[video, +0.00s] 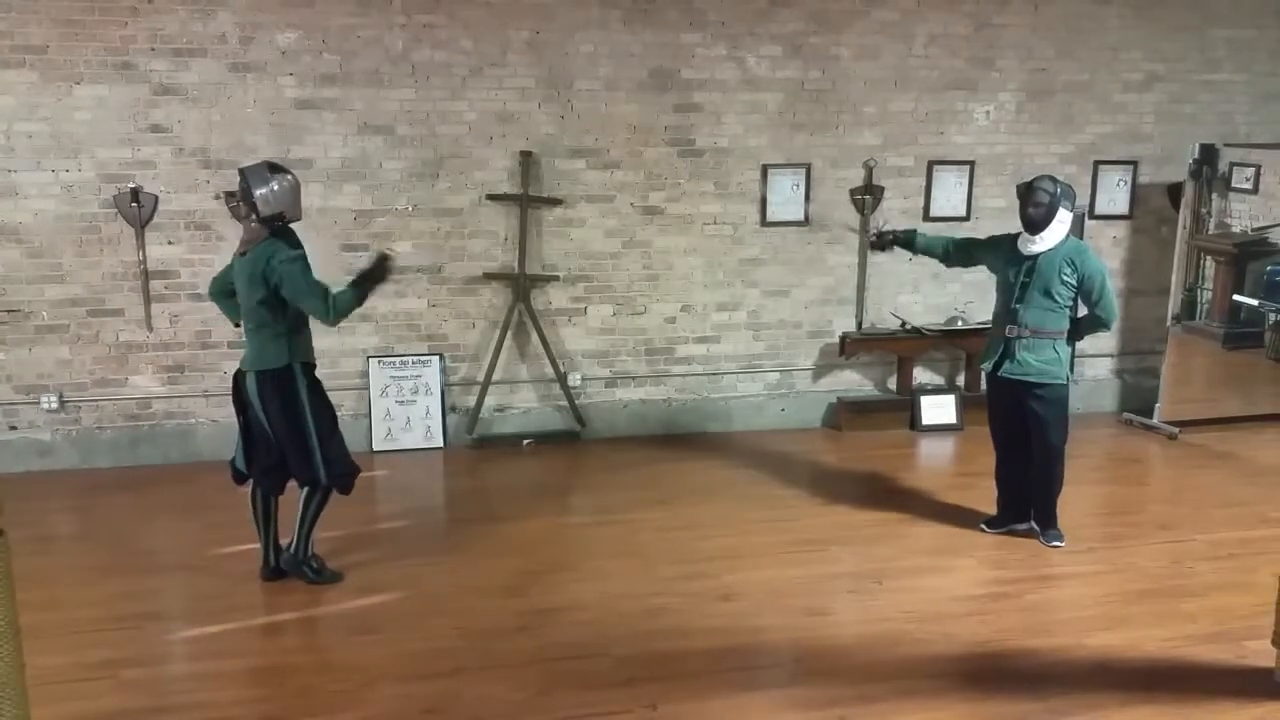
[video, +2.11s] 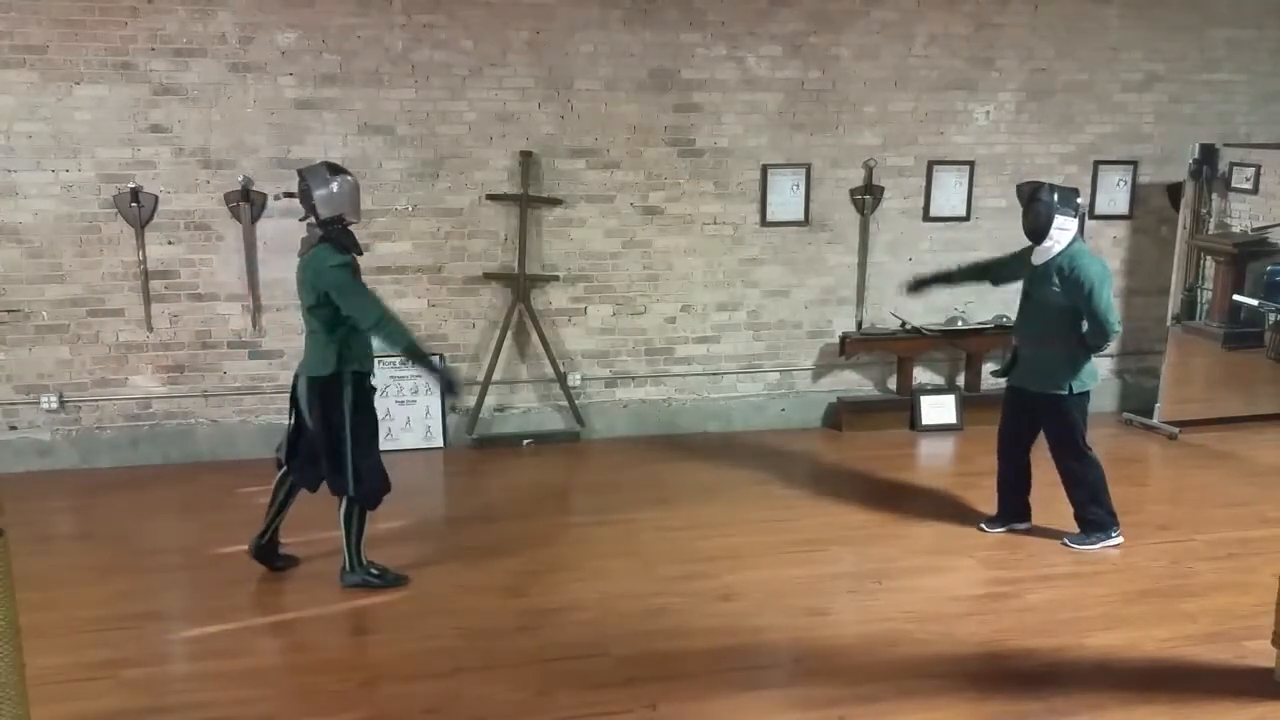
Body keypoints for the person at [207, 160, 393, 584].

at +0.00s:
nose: (296, 201)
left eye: (293, 194)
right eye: (290, 195)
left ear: (252, 207)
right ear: (281, 202)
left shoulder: (248, 251)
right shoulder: (282, 253)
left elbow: (219, 288)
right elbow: (328, 309)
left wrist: (249, 320)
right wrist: (367, 280)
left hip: (253, 377)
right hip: (287, 376)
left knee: (267, 469)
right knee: (330, 467)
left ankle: (270, 556)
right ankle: (300, 552)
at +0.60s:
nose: (304, 205)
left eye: (301, 197)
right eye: (298, 199)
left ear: (259, 214)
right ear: (288, 208)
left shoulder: (257, 260)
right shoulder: (288, 263)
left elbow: (236, 291)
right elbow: (312, 330)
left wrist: (269, 327)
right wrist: (351, 298)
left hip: (258, 379)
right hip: (293, 380)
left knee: (270, 469)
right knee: (336, 468)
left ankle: (271, 557)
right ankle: (317, 555)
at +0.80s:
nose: (312, 209)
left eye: (307, 202)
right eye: (306, 202)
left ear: (270, 210)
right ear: (297, 208)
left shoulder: (267, 259)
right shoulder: (291, 265)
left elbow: (279, 332)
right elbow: (305, 341)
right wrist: (363, 364)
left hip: (270, 378)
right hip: (295, 380)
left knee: (277, 469)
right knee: (331, 470)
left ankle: (272, 557)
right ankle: (352, 565)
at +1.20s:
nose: (327, 200)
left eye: (325, 192)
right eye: (320, 194)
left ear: (291, 202)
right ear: (305, 200)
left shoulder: (317, 247)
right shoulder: (301, 259)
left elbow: (327, 323)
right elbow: (311, 334)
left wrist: (354, 376)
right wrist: (318, 401)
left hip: (338, 376)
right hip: (332, 380)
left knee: (316, 460)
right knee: (355, 470)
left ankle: (280, 532)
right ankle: (354, 564)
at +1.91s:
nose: (347, 202)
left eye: (343, 194)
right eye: (340, 195)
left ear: (308, 203)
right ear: (325, 201)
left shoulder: (320, 252)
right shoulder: (323, 260)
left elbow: (334, 330)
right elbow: (340, 333)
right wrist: (360, 396)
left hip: (324, 379)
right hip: (339, 383)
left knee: (314, 463)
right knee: (362, 476)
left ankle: (273, 537)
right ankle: (355, 565)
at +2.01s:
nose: (351, 206)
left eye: (347, 198)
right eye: (346, 199)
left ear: (310, 205)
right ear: (336, 203)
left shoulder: (314, 254)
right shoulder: (329, 262)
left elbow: (339, 328)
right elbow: (357, 333)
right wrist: (394, 388)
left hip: (318, 376)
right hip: (342, 378)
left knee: (308, 461)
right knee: (363, 473)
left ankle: (269, 539)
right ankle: (356, 565)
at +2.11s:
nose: (355, 206)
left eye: (352, 198)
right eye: (349, 200)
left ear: (314, 207)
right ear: (338, 205)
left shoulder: (315, 253)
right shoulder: (331, 262)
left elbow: (328, 322)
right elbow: (376, 318)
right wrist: (429, 364)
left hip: (315, 376)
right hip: (340, 379)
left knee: (302, 461)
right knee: (359, 472)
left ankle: (266, 541)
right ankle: (355, 566)